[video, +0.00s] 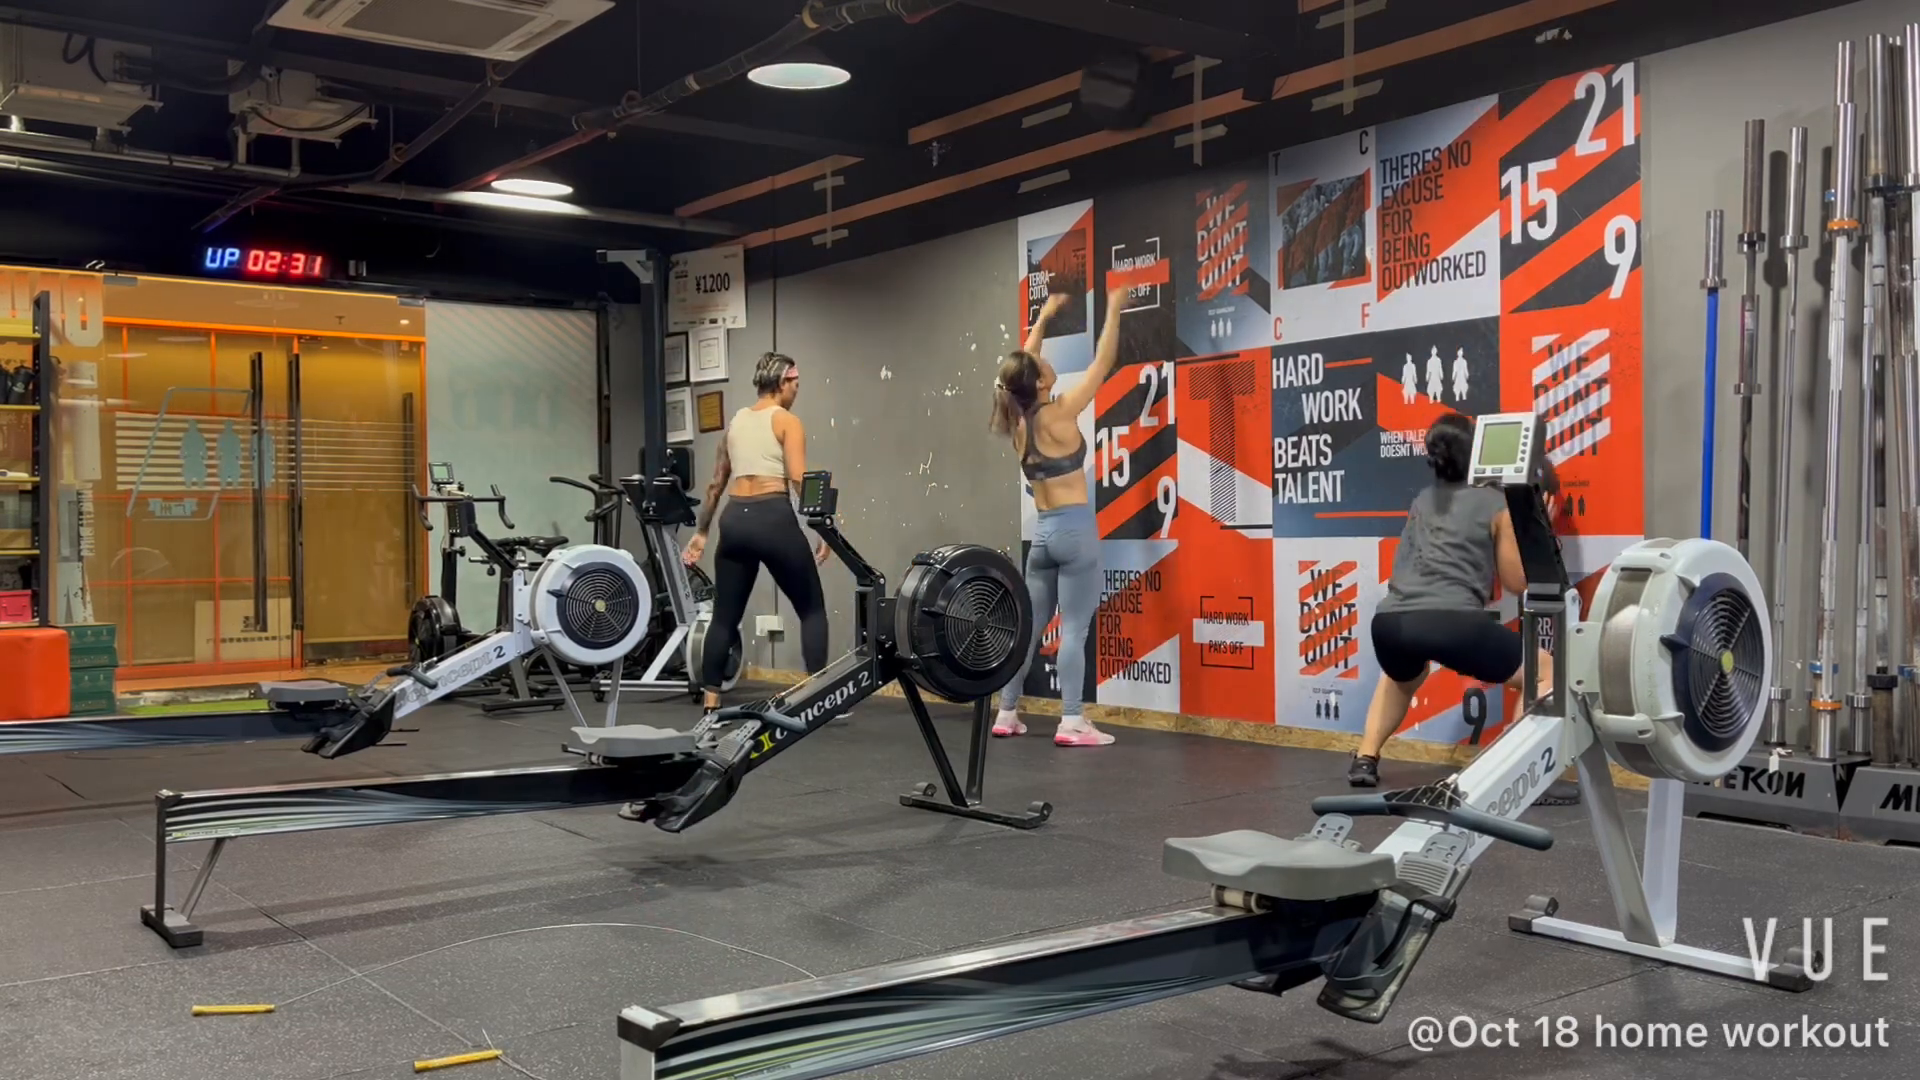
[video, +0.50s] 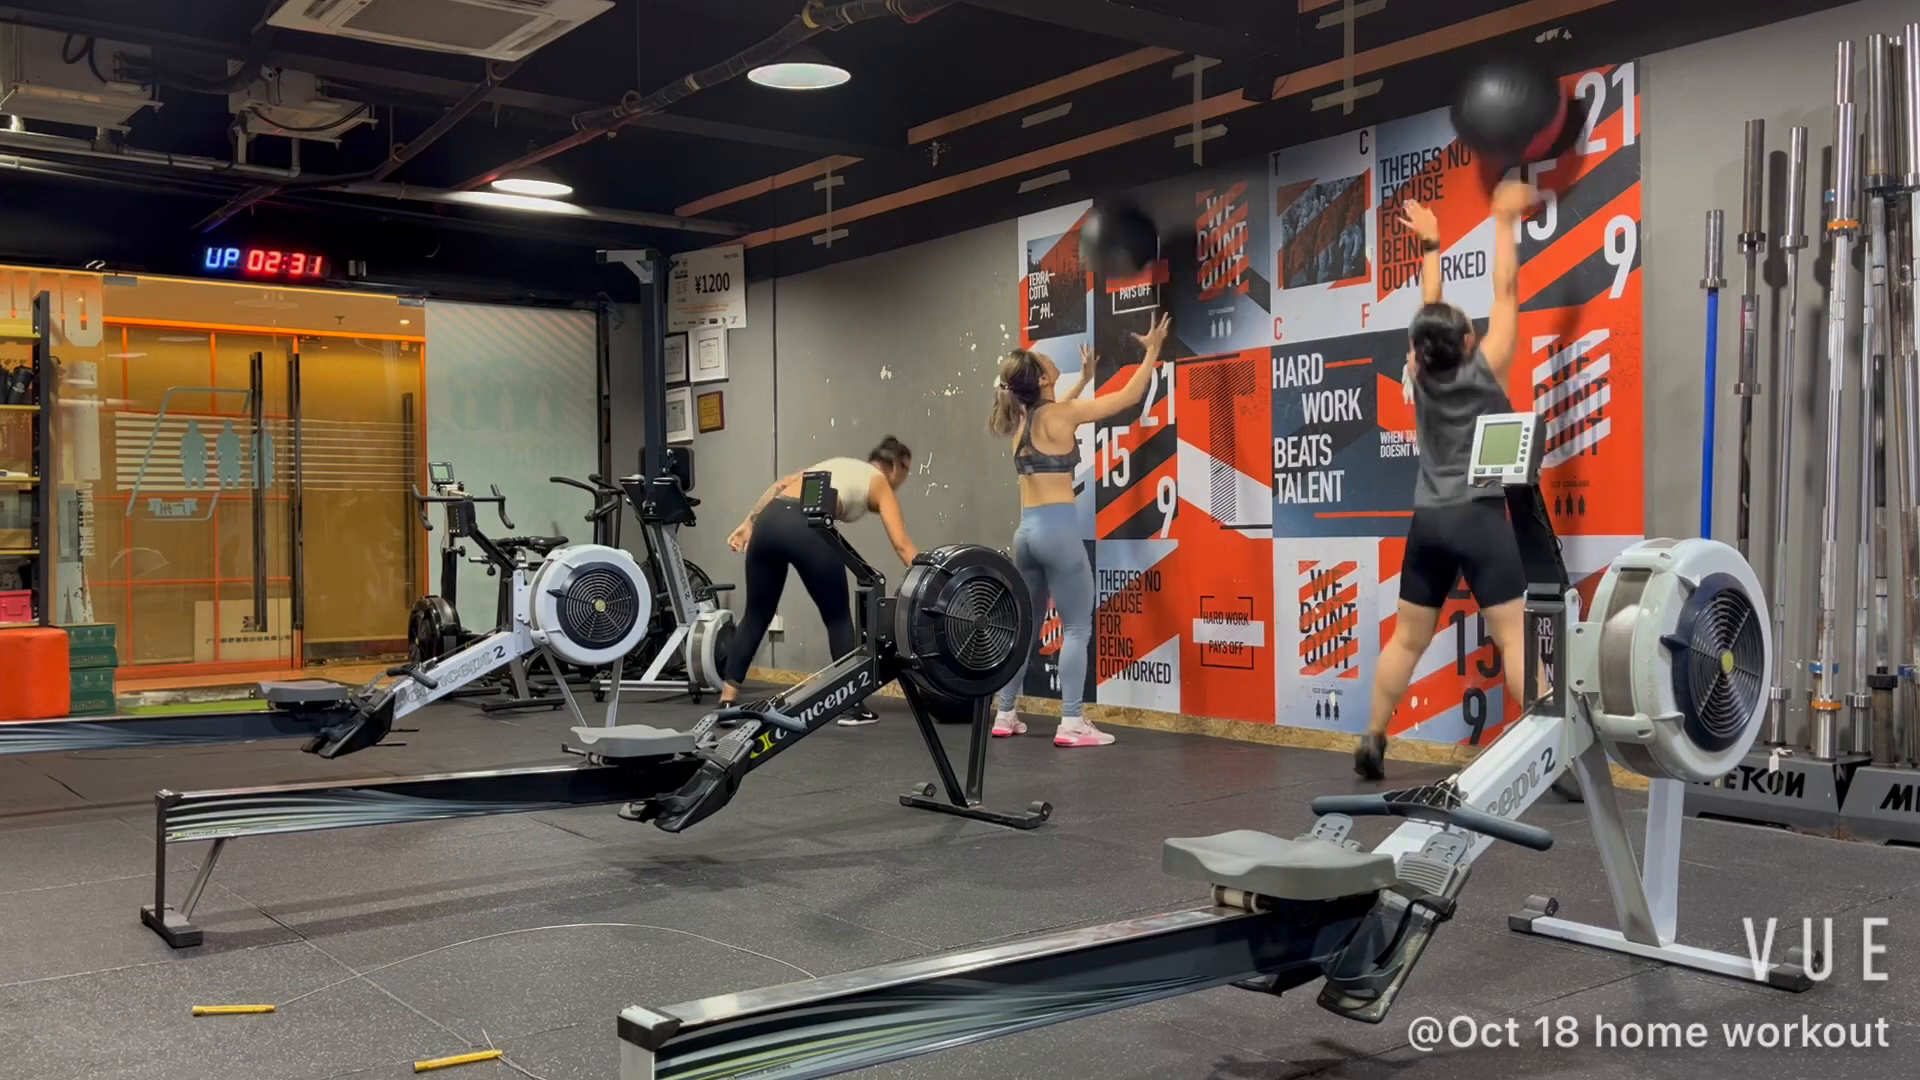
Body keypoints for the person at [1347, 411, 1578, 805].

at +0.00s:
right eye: (1481, 445)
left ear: (1436, 456)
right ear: (1478, 453)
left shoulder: (1421, 501)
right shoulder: (1494, 503)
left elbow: (1405, 567)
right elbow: (1516, 581)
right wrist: (1538, 524)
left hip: (1392, 620)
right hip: (1456, 621)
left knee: (1400, 677)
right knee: (1545, 672)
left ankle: (1365, 760)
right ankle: (1532, 777)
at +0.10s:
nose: (1483, 421)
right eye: (1479, 417)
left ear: (1432, 430)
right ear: (1476, 423)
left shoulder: (1419, 475)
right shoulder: (1490, 479)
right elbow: (1520, 550)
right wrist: (1540, 494)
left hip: (1401, 600)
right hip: (1462, 601)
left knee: (1404, 671)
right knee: (1539, 670)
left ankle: (1365, 759)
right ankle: (1530, 776)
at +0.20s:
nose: (1475, 374)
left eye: (1470, 367)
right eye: (1471, 368)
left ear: (1425, 383)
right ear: (1466, 376)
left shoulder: (1416, 429)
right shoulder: (1487, 424)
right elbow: (1525, 461)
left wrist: (1524, 420)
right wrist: (1539, 417)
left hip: (1413, 569)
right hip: (1473, 569)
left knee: (1403, 664)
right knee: (1526, 660)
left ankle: (1366, 754)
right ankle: (1527, 774)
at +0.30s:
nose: (1461, 323)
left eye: (1455, 318)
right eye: (1458, 319)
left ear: (1413, 342)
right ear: (1456, 333)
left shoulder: (1409, 383)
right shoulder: (1485, 376)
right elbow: (1542, 393)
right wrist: (1532, 336)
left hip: (1425, 529)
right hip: (1482, 526)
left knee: (1401, 633)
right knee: (1510, 631)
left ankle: (1368, 731)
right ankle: (1539, 745)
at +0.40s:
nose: (1461, 309)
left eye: (1453, 307)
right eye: (1457, 307)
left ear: (1416, 332)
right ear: (1456, 322)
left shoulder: (1410, 367)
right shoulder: (1485, 357)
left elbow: (1436, 314)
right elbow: (1525, 295)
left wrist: (1456, 258)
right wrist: (1538, 237)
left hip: (1427, 512)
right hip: (1482, 509)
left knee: (1402, 625)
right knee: (1510, 623)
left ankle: (1367, 719)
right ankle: (1540, 724)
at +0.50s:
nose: (1476, 330)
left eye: (1461, 326)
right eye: (1470, 326)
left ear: (1424, 347)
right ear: (1467, 341)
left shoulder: (1422, 377)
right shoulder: (1485, 371)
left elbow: (1428, 314)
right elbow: (1507, 292)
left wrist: (1430, 246)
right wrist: (1506, 220)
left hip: (1429, 522)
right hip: (1483, 519)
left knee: (1406, 640)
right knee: (1514, 640)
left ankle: (1373, 738)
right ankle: (1554, 743)